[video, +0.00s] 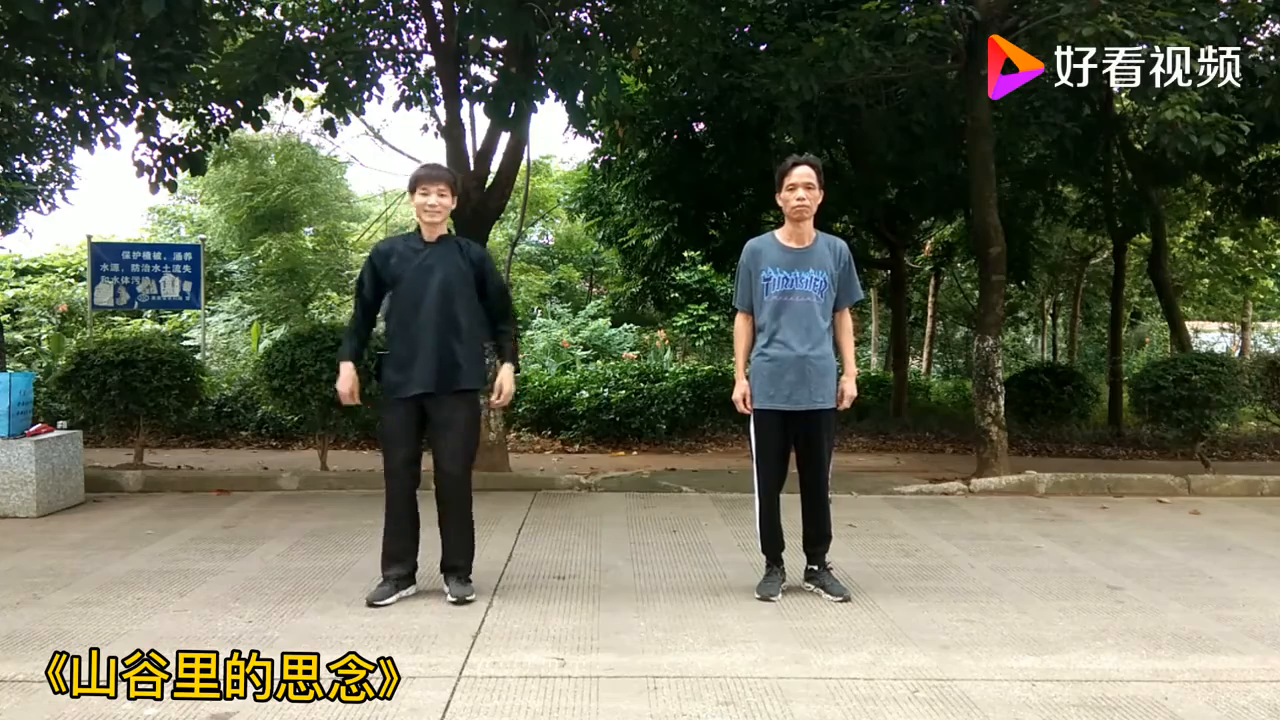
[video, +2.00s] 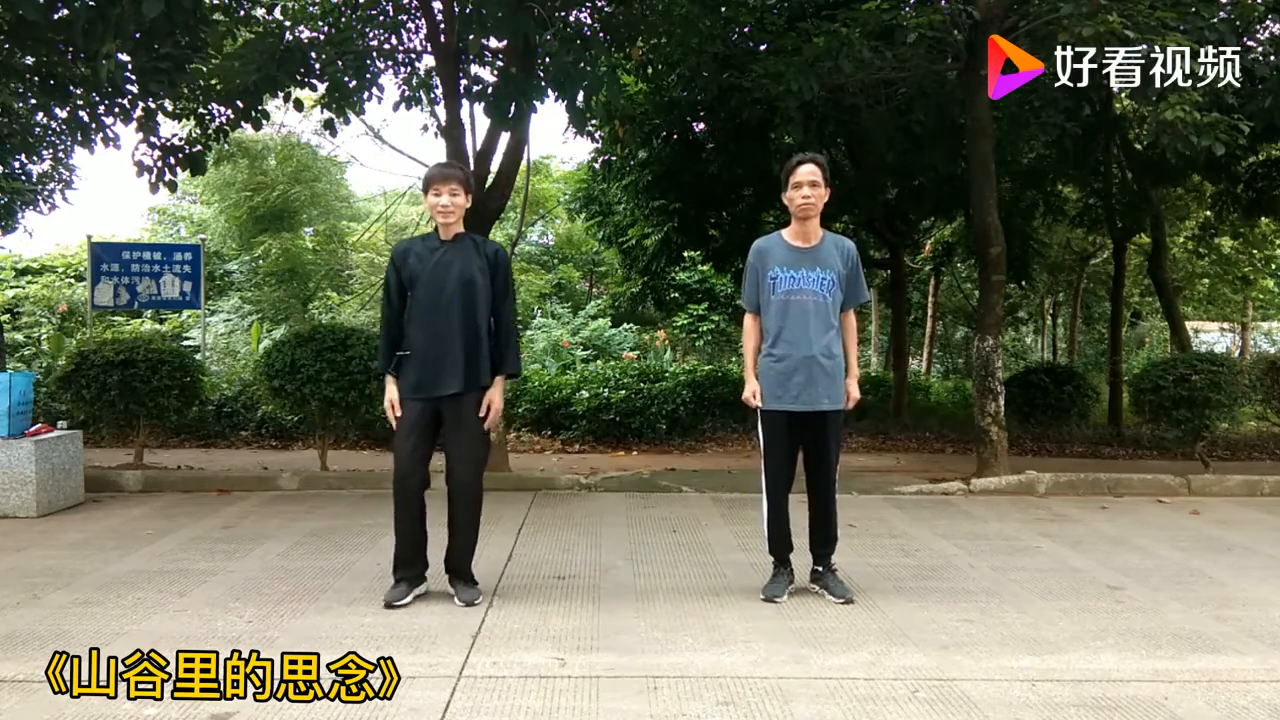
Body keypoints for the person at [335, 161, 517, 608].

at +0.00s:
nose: (433, 201)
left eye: (442, 194)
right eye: (425, 194)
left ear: (453, 201)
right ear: (412, 200)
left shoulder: (472, 255)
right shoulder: (387, 254)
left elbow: (502, 315)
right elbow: (363, 313)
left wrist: (507, 363)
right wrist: (347, 363)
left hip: (457, 385)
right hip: (400, 384)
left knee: (453, 480)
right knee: (399, 481)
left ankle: (457, 575)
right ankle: (397, 575)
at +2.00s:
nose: (444, 201)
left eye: (453, 193)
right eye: (436, 194)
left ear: (468, 199)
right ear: (426, 200)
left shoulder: (490, 254)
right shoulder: (405, 253)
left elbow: (505, 323)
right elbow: (392, 321)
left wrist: (499, 383)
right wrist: (389, 377)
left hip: (471, 387)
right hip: (415, 387)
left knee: (466, 484)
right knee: (406, 479)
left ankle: (462, 575)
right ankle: (408, 574)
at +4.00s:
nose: (435, 200)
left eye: (444, 193)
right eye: (427, 192)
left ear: (456, 199)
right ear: (415, 197)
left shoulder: (476, 252)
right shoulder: (394, 249)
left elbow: (489, 312)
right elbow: (369, 306)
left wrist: (488, 370)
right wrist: (392, 318)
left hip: (466, 352)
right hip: (414, 360)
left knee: (432, 373)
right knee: (428, 460)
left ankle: (434, 472)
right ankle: (439, 559)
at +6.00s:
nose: (334, 214)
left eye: (340, 205)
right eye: (330, 207)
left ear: (368, 202)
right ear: (334, 209)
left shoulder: (397, 250)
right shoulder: (339, 257)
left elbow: (418, 320)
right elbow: (345, 320)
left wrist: (422, 387)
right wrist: (331, 373)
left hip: (384, 384)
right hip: (337, 380)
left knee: (409, 468)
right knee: (280, 449)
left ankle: (448, 550)